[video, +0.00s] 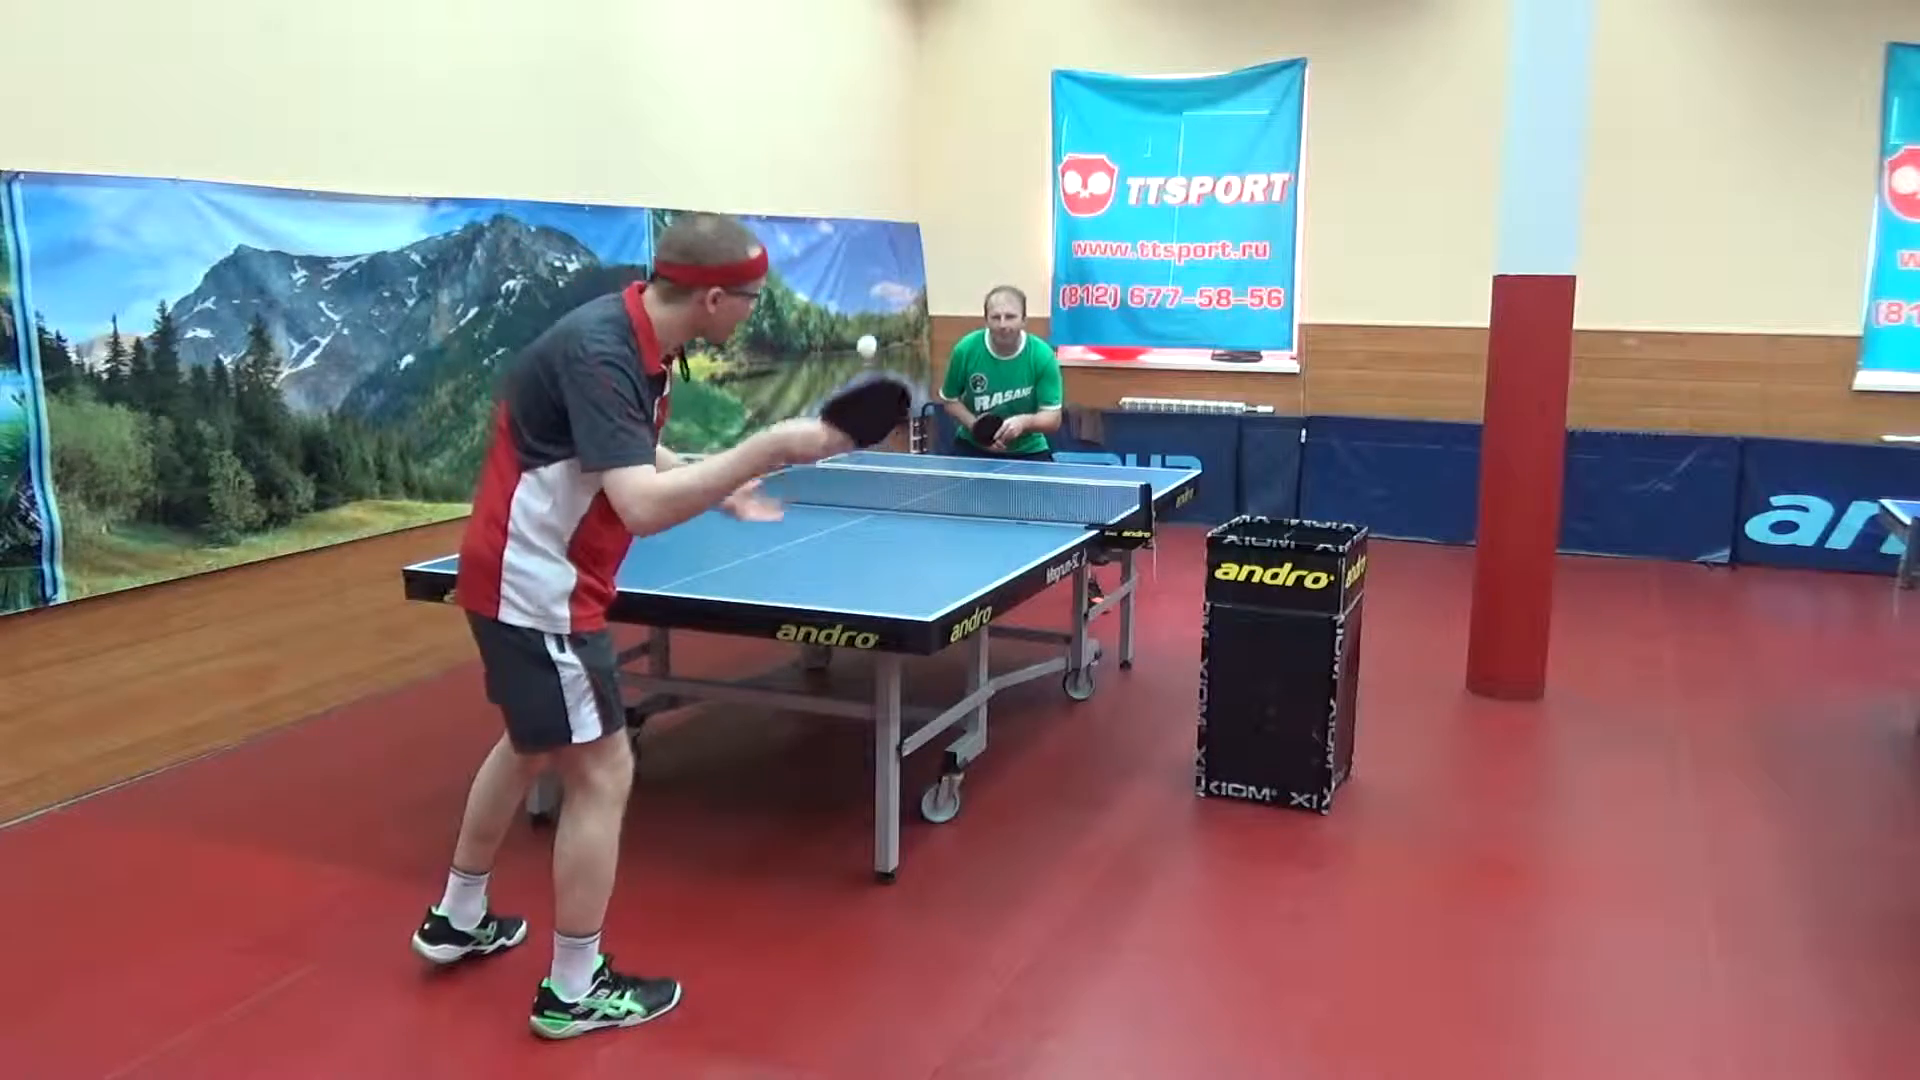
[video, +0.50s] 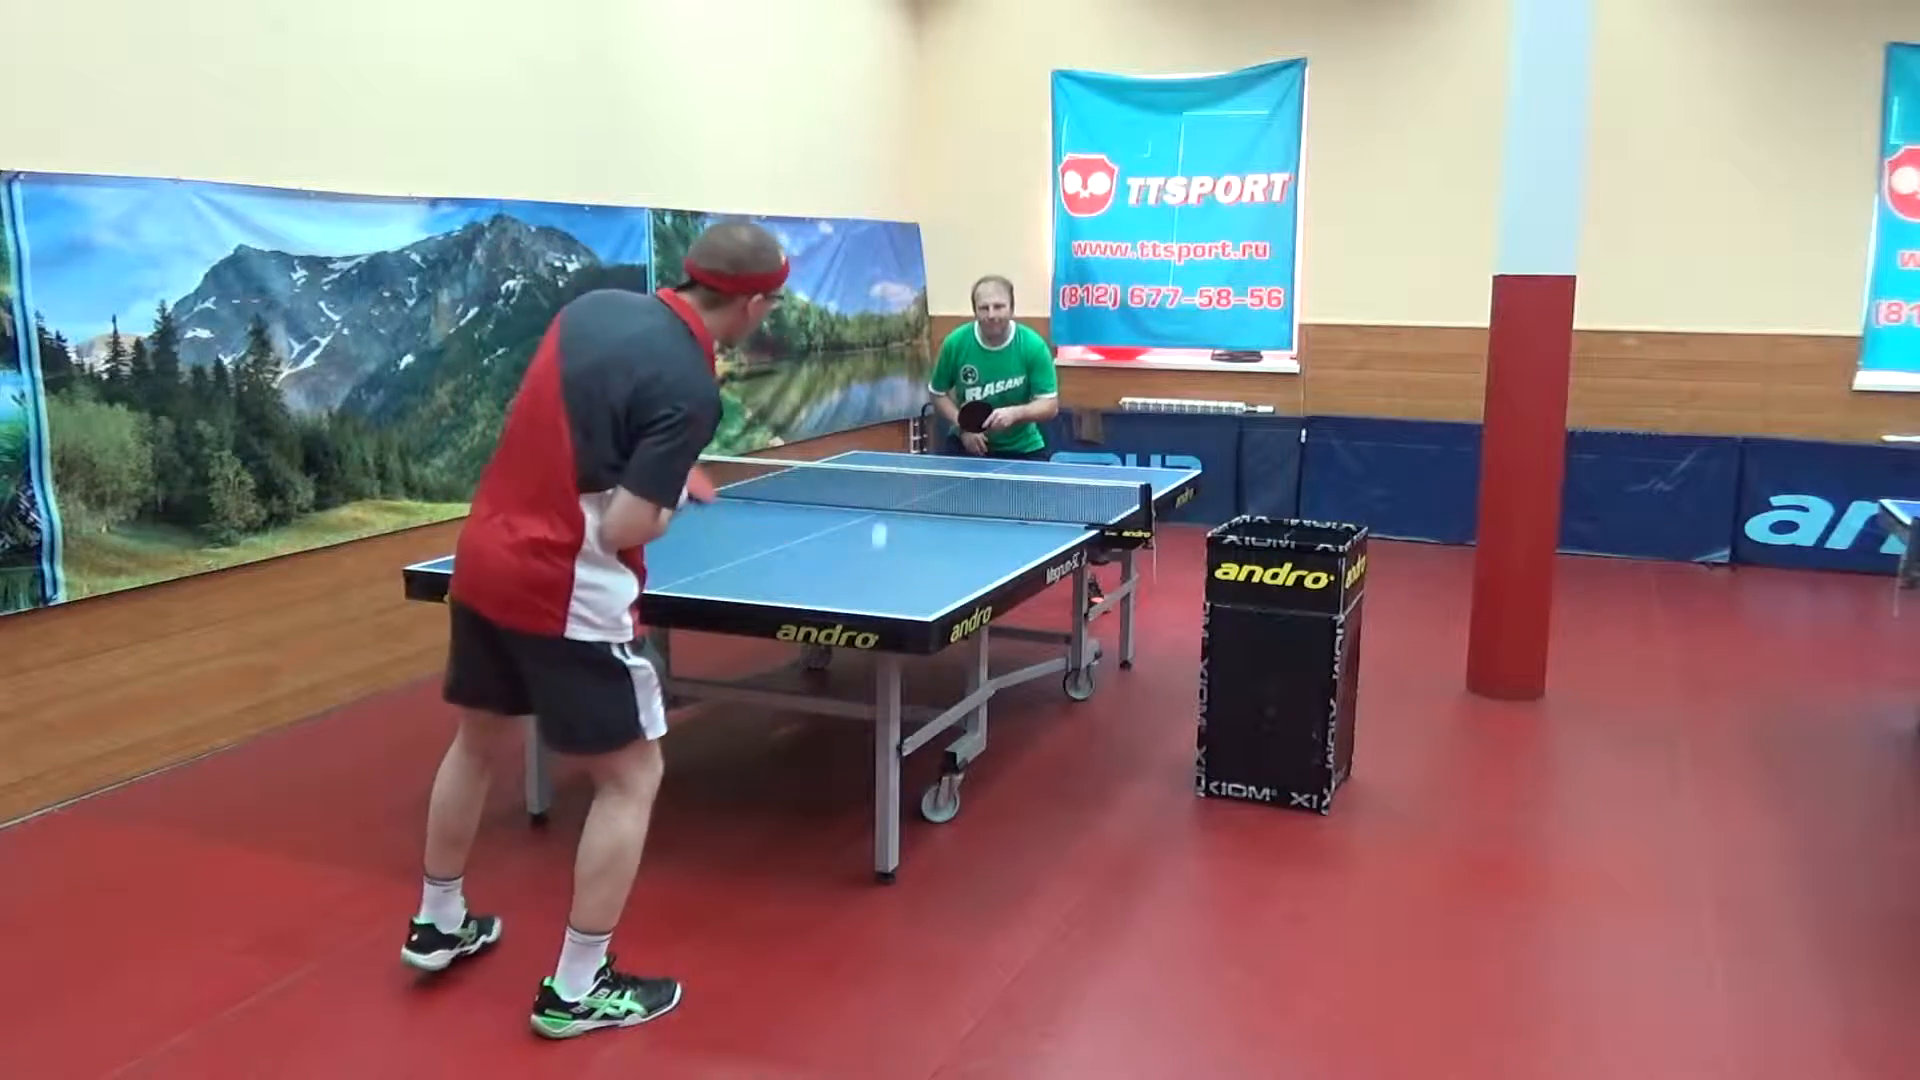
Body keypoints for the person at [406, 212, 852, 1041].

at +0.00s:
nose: (748, 310)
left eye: (750, 296)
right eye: (746, 296)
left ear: (689, 284)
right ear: (709, 296)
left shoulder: (641, 339)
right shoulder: (599, 351)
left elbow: (637, 452)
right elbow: (640, 507)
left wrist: (721, 487)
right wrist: (769, 448)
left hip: (534, 580)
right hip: (534, 595)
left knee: (524, 744)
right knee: (604, 772)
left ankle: (457, 917)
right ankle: (572, 987)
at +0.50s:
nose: (768, 315)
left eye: (772, 301)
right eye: (771, 301)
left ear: (690, 272)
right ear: (753, 301)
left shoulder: (596, 299)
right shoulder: (688, 388)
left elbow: (570, 418)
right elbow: (622, 529)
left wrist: (670, 467)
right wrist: (658, 501)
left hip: (484, 566)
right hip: (570, 596)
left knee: (478, 743)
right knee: (630, 775)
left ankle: (436, 923)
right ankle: (577, 985)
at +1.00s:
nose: (602, 298)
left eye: (602, 284)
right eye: (602, 284)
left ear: (519, 272)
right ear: (585, 282)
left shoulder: (426, 337)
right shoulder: (562, 365)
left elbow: (383, 477)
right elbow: (569, 515)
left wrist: (496, 501)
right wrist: (609, 528)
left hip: (395, 606)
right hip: (502, 616)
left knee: (370, 776)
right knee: (596, 765)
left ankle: (314, 976)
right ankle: (576, 982)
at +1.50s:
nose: (560, 301)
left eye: (560, 287)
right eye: (558, 287)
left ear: (477, 282)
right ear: (537, 289)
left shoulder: (386, 349)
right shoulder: (528, 363)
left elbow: (341, 499)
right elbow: (595, 508)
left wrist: (443, 517)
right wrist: (619, 517)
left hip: (368, 613)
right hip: (477, 615)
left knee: (360, 780)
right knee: (587, 759)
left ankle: (310, 981)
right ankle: (592, 972)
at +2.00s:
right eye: (597, 302)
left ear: (514, 305)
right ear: (592, 304)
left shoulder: (474, 378)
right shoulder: (636, 373)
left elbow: (453, 527)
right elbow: (708, 447)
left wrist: (413, 638)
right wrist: (733, 468)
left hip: (502, 616)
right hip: (624, 616)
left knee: (411, 791)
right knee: (642, 764)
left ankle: (338, 1006)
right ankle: (637, 967)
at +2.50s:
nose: (528, 315)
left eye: (527, 302)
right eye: (527, 303)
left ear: (438, 296)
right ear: (508, 304)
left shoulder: (337, 364)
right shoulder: (518, 387)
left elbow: (288, 530)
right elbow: (588, 534)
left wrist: (317, 610)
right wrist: (584, 567)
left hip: (322, 650)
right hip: (462, 649)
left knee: (267, 856)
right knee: (563, 788)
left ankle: (218, 1067)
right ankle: (624, 967)